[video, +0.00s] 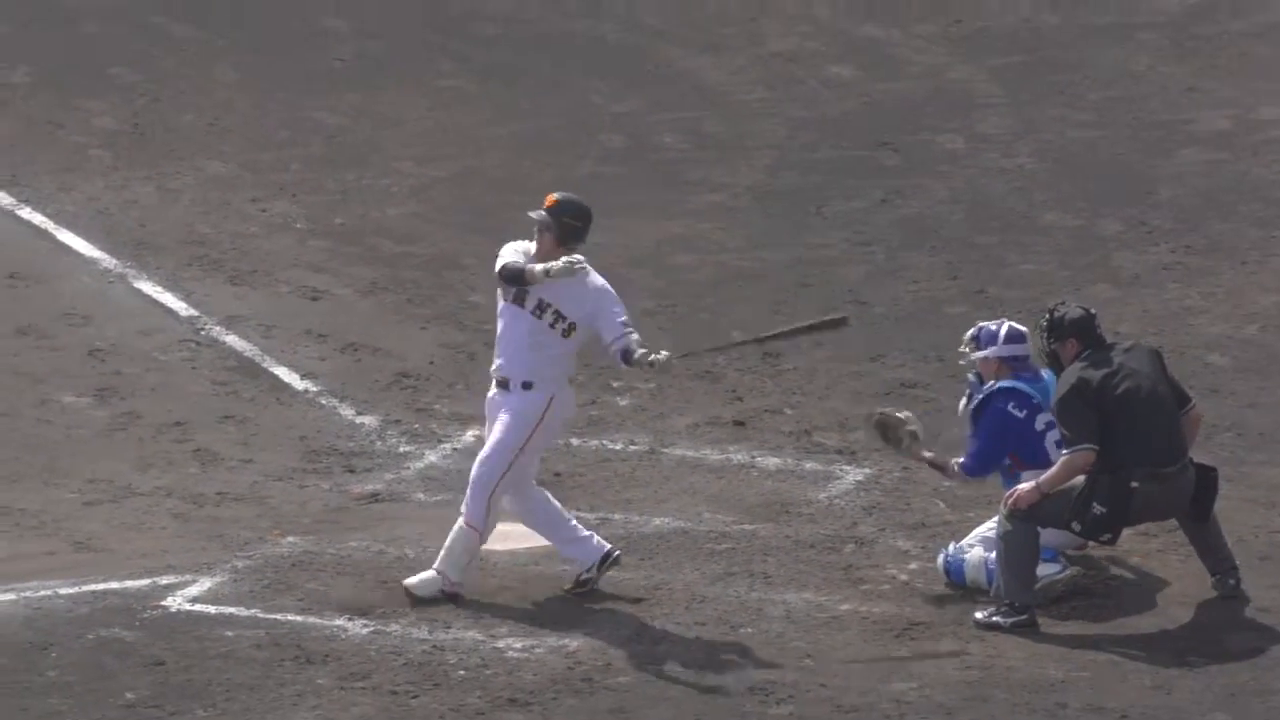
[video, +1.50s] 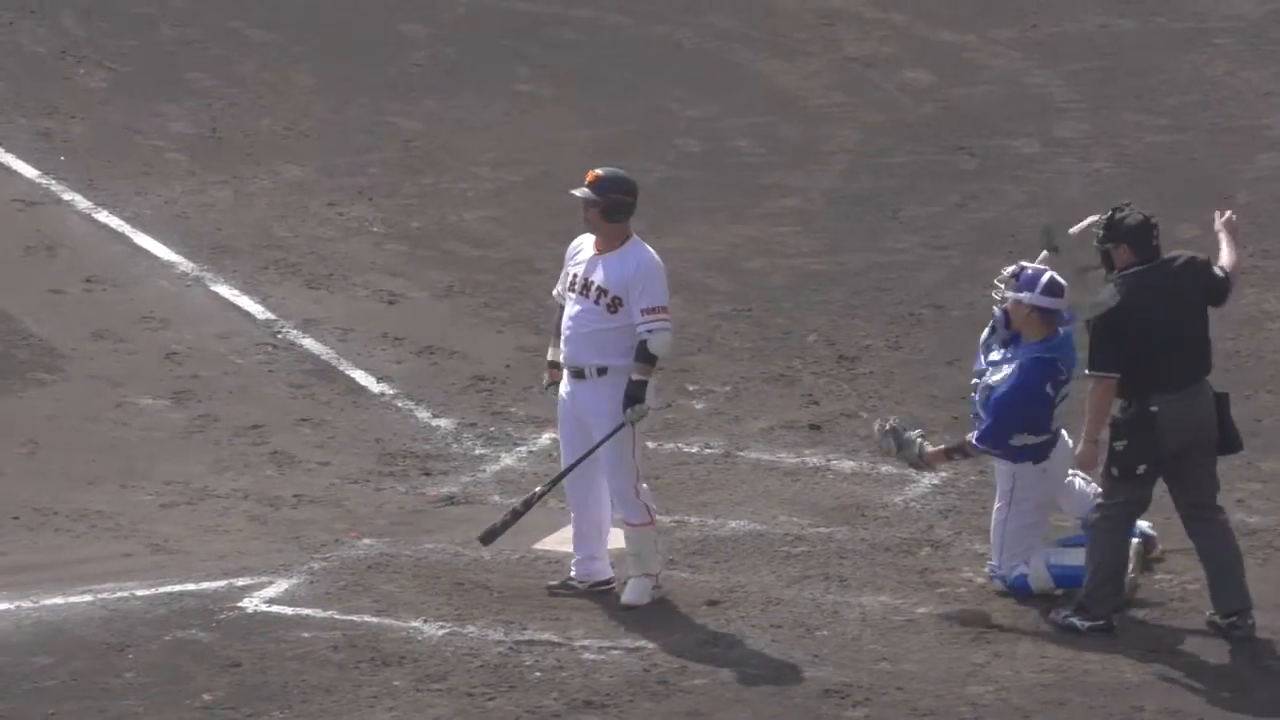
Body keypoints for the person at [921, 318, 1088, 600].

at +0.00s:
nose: (976, 365)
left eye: (980, 359)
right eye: (977, 358)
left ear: (996, 362)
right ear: (1018, 358)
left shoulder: (1004, 403)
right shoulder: (1038, 381)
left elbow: (975, 467)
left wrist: (927, 457)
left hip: (1050, 519)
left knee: (954, 561)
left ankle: (1041, 570)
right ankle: (1049, 558)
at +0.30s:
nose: (990, 354)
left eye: (996, 348)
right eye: (992, 347)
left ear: (1014, 355)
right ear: (1030, 353)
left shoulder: (1010, 396)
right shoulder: (1051, 380)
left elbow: (986, 464)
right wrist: (993, 405)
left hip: (1041, 517)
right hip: (1077, 505)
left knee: (960, 578)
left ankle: (1060, 587)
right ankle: (1071, 565)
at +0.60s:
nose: (991, 291)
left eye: (998, 286)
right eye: (994, 285)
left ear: (1015, 297)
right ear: (1025, 297)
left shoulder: (991, 343)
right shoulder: (1044, 327)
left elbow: (963, 404)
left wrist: (965, 365)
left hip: (1021, 462)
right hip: (1060, 449)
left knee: (970, 555)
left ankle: (1067, 556)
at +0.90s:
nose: (1002, 280)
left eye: (1007, 274)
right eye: (1006, 272)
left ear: (1010, 286)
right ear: (1038, 285)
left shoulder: (989, 329)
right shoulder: (1064, 319)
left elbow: (936, 371)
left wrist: (964, 341)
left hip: (1009, 458)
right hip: (1061, 443)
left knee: (989, 557)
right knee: (1078, 479)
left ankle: (1080, 552)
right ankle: (1125, 530)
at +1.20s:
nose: (1023, 300)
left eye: (1018, 290)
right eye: (1032, 295)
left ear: (1011, 293)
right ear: (1052, 301)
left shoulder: (982, 337)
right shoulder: (1067, 338)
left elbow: (910, 341)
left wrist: (855, 344)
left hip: (1011, 466)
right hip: (1065, 452)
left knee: (1002, 565)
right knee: (1092, 490)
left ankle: (1088, 566)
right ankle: (1140, 536)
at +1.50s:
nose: (1003, 306)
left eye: (1010, 301)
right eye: (1006, 299)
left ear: (1028, 310)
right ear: (1036, 308)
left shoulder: (1028, 376)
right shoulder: (1047, 334)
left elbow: (991, 436)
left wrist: (940, 454)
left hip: (1027, 467)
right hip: (1050, 443)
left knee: (1010, 572)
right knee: (1071, 490)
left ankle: (1114, 559)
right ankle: (1130, 533)